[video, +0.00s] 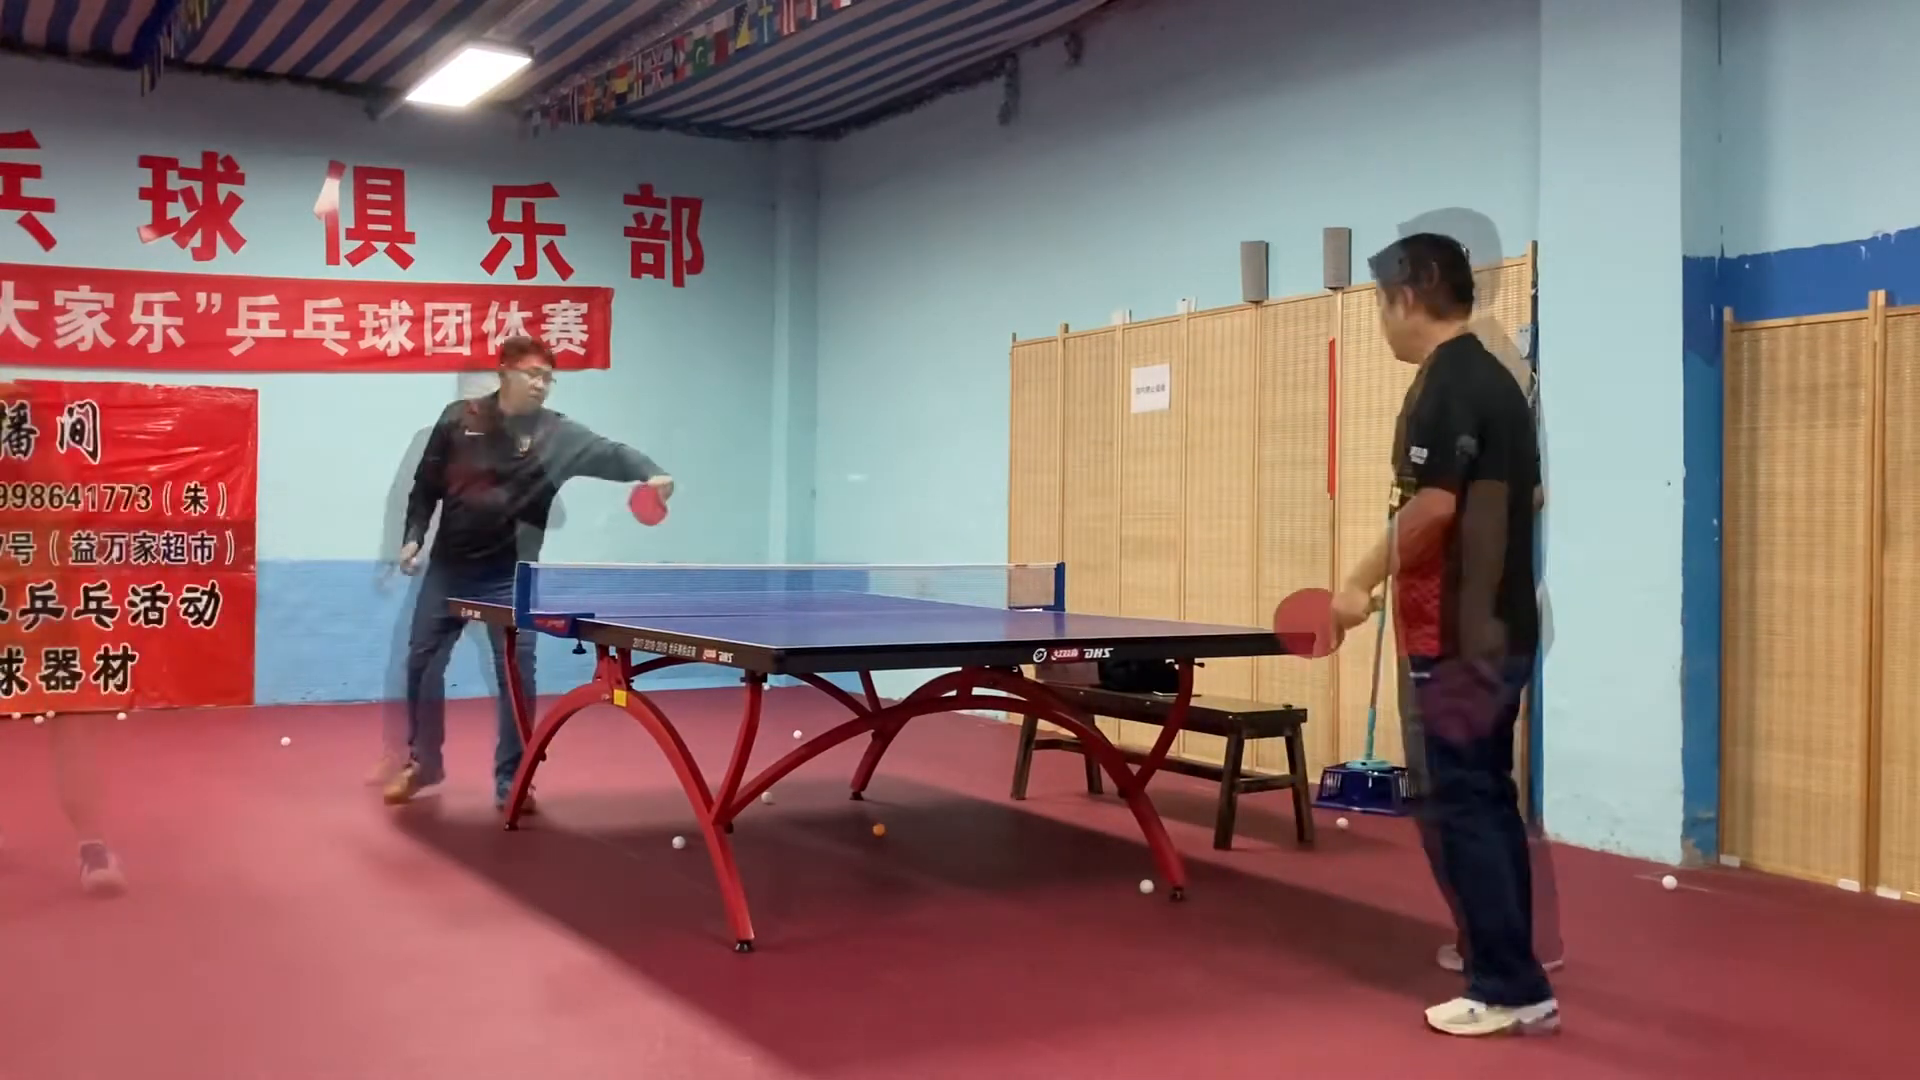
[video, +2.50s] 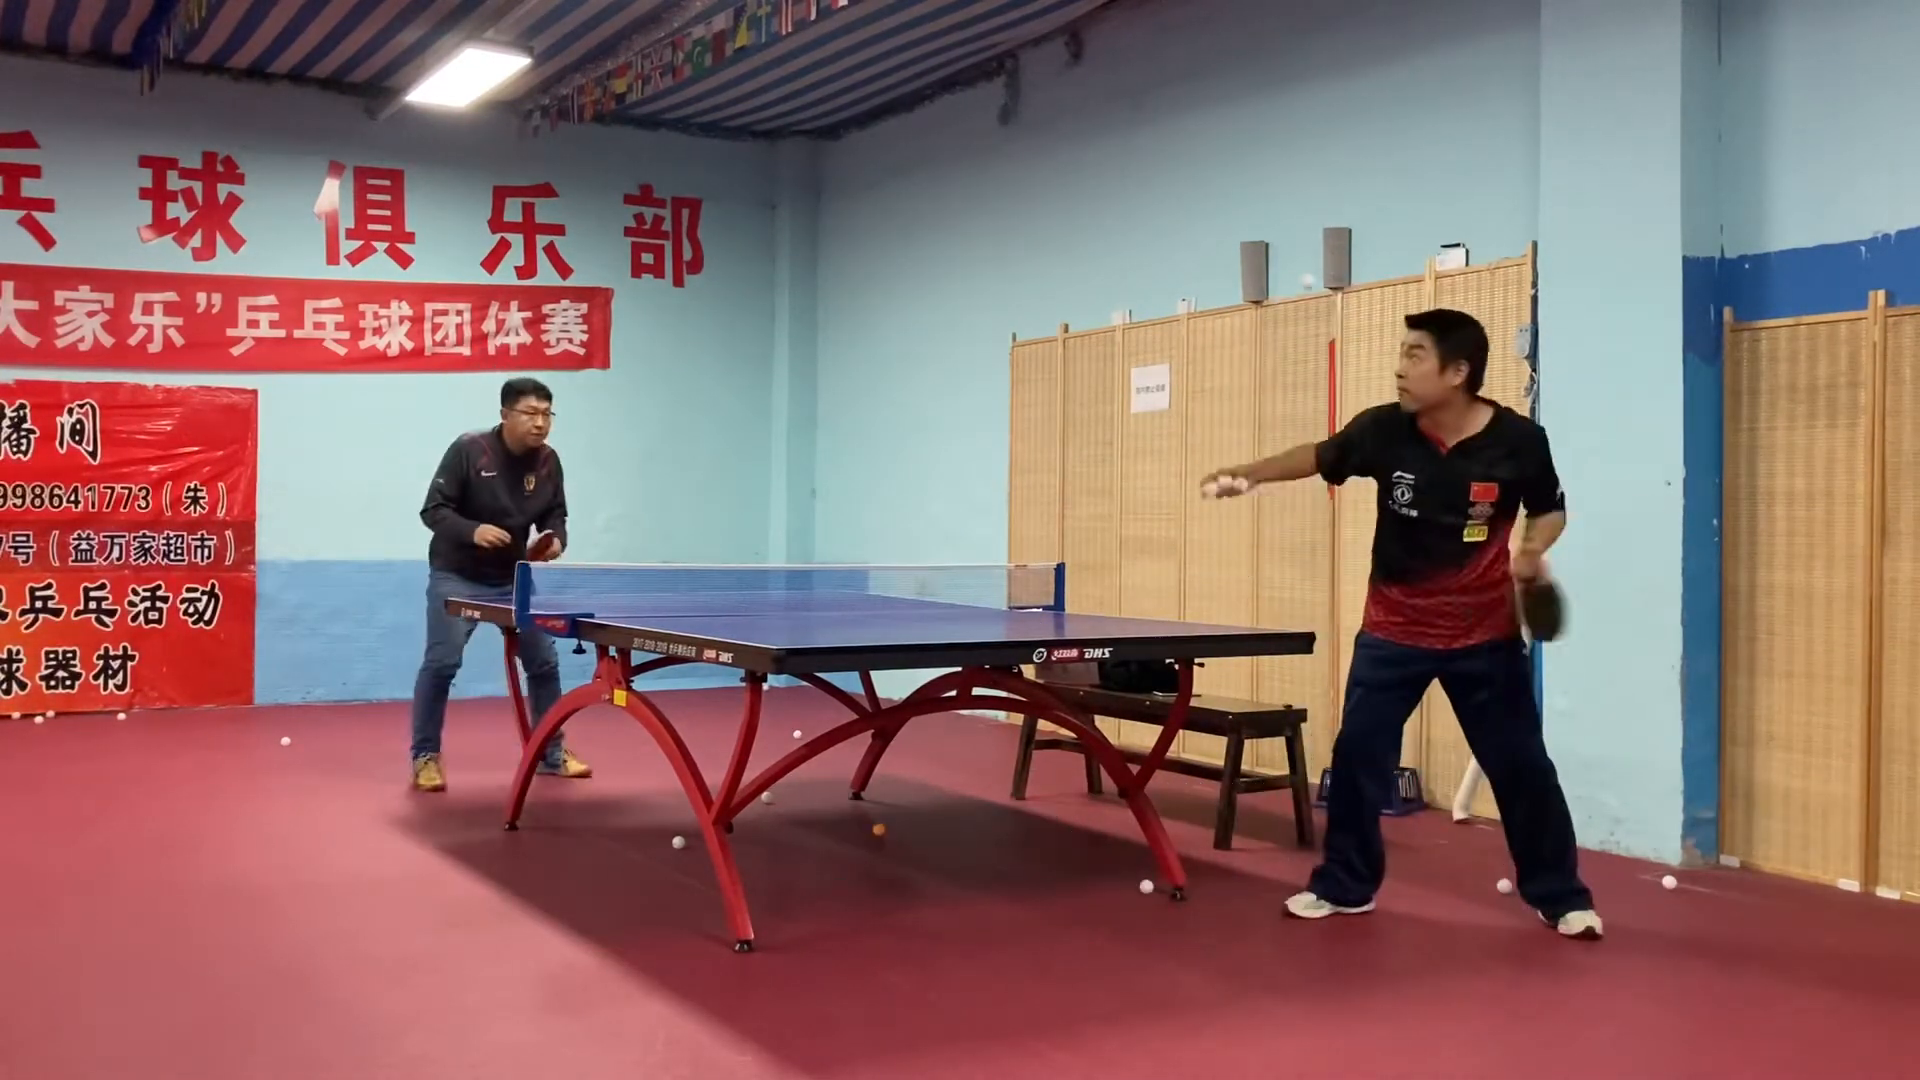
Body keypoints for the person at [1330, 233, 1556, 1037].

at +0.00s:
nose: (1382, 322)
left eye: (1384, 305)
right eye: (1381, 306)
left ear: (1414, 299)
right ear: (1448, 296)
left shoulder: (1449, 380)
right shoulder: (1487, 374)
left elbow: (1434, 504)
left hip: (1457, 642)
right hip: (1492, 634)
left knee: (1454, 802)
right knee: (1478, 794)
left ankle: (1511, 989)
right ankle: (1496, 952)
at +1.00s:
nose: (1343, 347)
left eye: (1344, 332)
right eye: (1342, 333)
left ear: (1365, 326)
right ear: (1405, 325)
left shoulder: (1395, 381)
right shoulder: (1426, 383)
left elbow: (1413, 469)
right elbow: (1410, 494)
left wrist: (1348, 546)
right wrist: (1334, 499)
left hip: (1408, 617)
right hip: (1443, 613)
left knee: (1385, 770)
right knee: (1431, 765)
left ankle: (1411, 922)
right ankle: (1470, 908)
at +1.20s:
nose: (1308, 350)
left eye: (1310, 334)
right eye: (1306, 336)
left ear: (1337, 329)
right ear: (1350, 330)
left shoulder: (1396, 384)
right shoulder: (1355, 400)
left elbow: (1426, 477)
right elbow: (1354, 502)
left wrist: (1341, 528)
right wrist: (1279, 502)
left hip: (1414, 623)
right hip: (1368, 622)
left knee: (1393, 763)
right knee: (1340, 744)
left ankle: (1413, 923)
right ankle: (1378, 894)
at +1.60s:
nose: (1227, 403)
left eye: (1234, 388)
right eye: (1226, 390)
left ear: (1275, 387)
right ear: (1271, 389)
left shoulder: (1362, 431)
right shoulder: (1255, 465)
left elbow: (1394, 528)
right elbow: (1241, 551)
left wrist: (1301, 546)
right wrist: (1181, 571)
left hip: (1414, 622)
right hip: (1339, 629)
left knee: (1437, 759)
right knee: (1315, 754)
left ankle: (1474, 904)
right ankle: (1318, 885)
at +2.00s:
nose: (1306, 417)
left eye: (1316, 405)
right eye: (1306, 405)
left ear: (1361, 408)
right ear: (1339, 409)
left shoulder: (1429, 460)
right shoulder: (1304, 463)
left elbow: (1440, 560)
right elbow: (1242, 516)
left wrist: (1354, 543)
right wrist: (1182, 515)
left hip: (1434, 643)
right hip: (1346, 640)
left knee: (1490, 761)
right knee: (1311, 744)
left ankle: (1550, 892)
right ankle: (1315, 888)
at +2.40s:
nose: (1376, 379)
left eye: (1389, 368)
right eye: (1377, 367)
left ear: (1434, 379)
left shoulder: (1500, 448)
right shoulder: (1368, 433)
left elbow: (1526, 535)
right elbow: (1300, 455)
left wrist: (1464, 543)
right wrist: (1240, 443)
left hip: (1475, 641)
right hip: (1383, 637)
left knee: (1518, 766)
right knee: (1349, 759)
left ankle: (1562, 896)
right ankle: (1344, 885)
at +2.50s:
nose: (1400, 368)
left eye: (1416, 356)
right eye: (1401, 355)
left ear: (1459, 371)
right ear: (1412, 367)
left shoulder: (1517, 440)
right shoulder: (1383, 430)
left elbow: (1549, 510)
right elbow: (1320, 456)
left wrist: (1531, 549)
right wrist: (1252, 474)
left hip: (1483, 635)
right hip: (1393, 632)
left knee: (1521, 765)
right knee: (1357, 753)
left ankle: (1561, 896)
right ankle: (1345, 885)